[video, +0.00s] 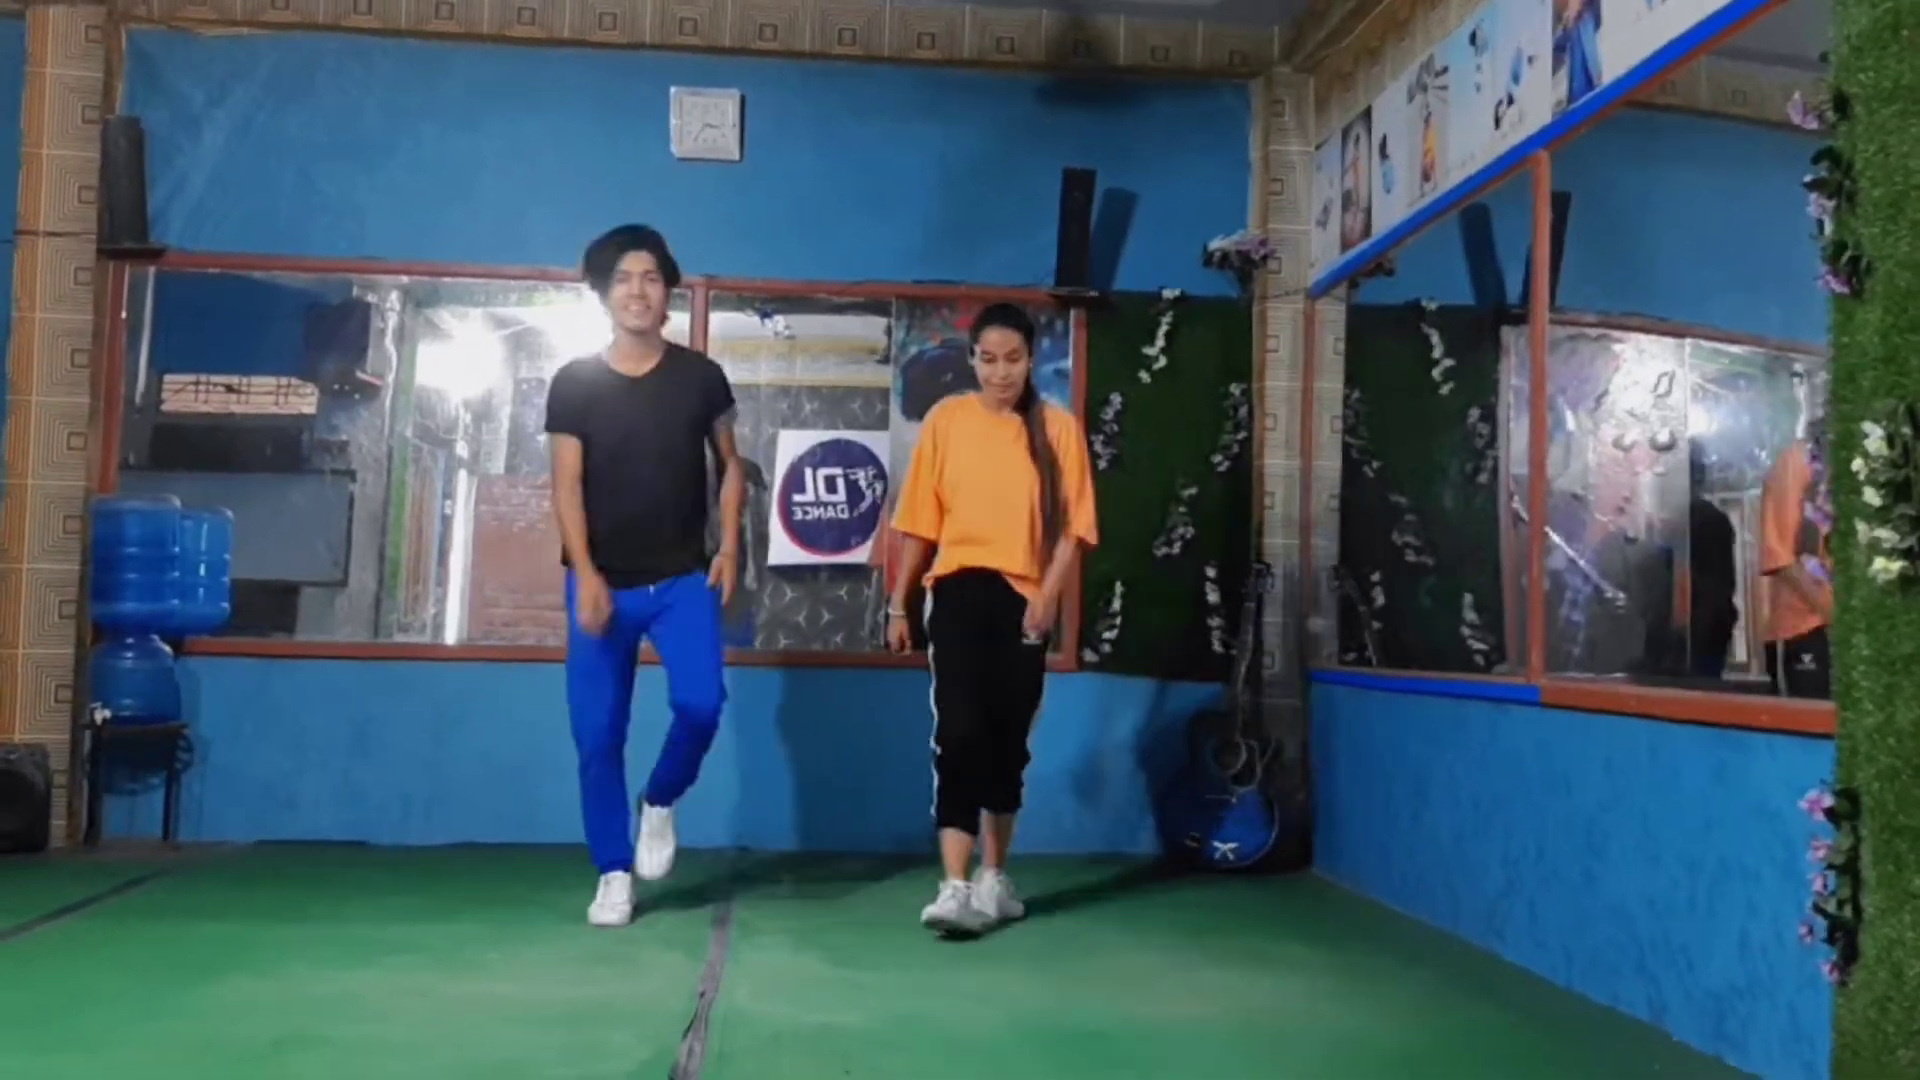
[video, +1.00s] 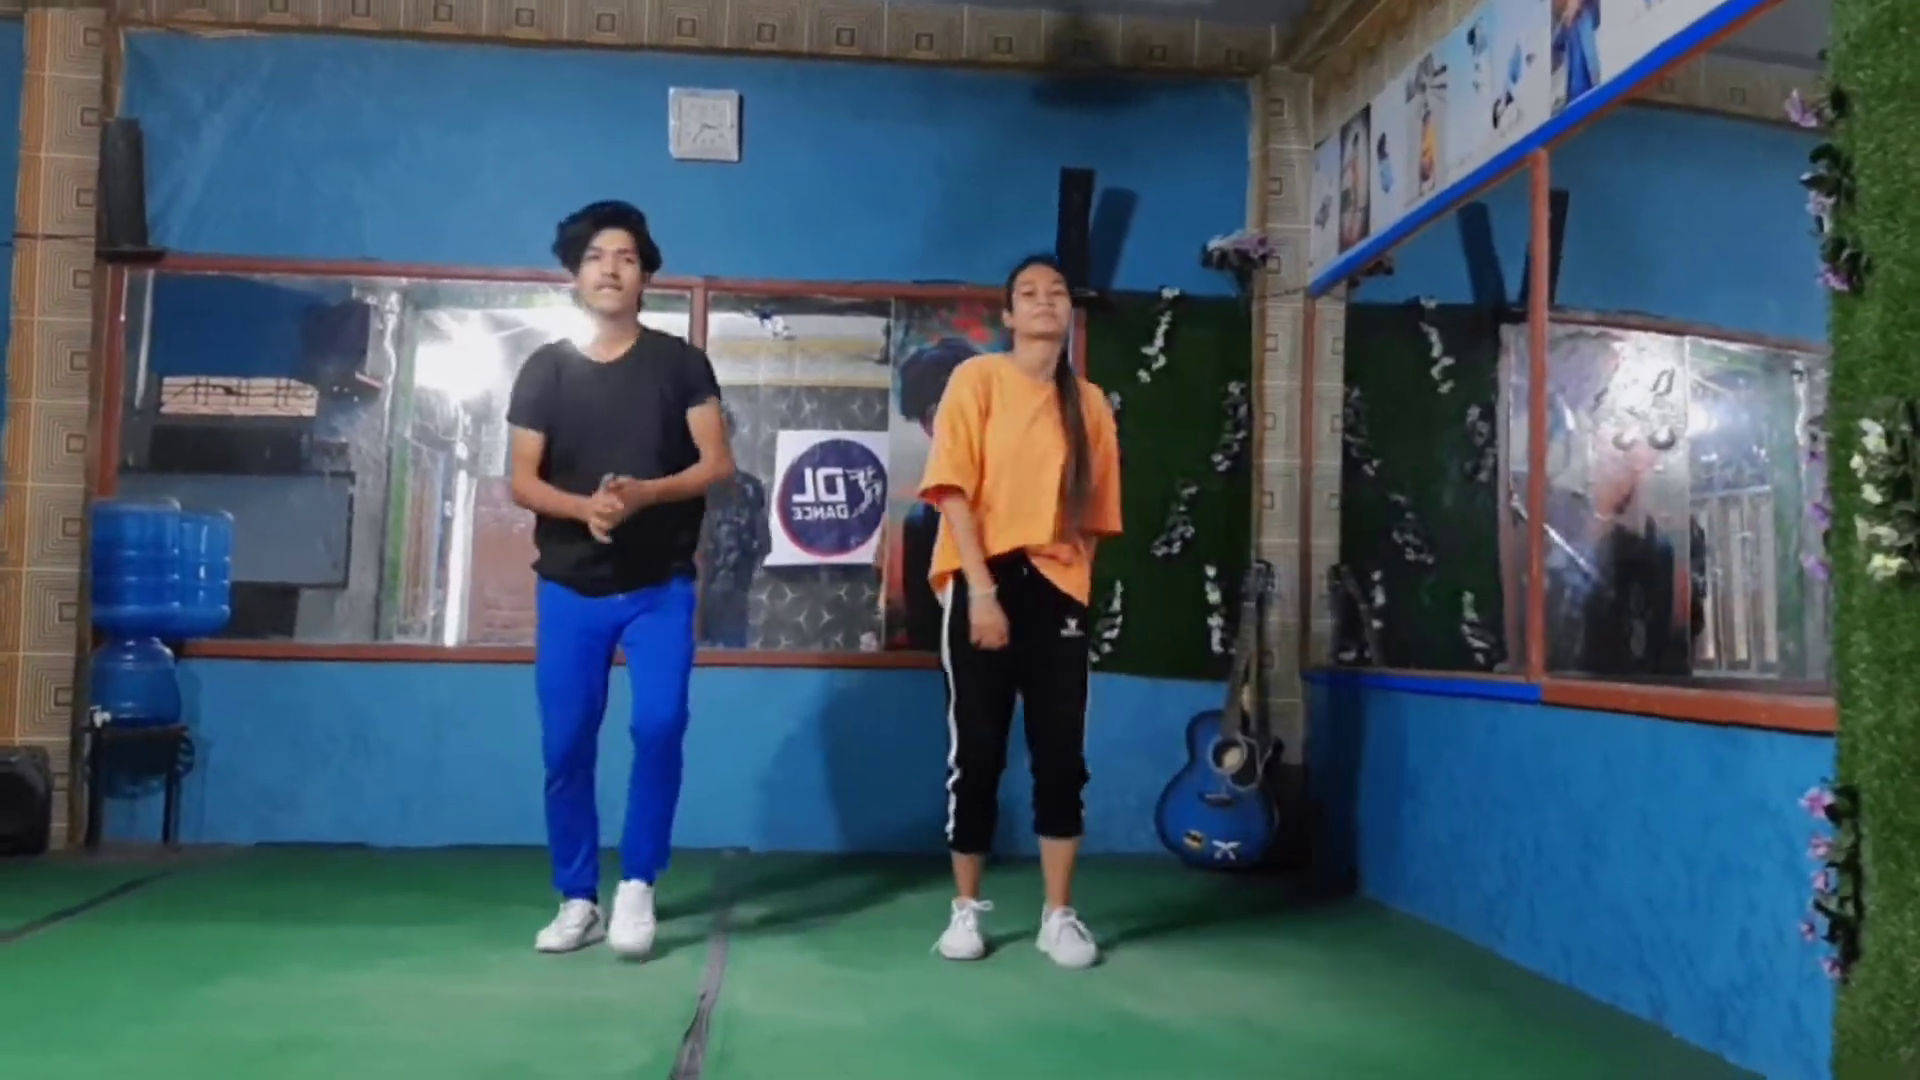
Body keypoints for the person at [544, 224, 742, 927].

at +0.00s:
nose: (640, 292)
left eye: (651, 279)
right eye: (625, 280)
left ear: (669, 292)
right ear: (603, 295)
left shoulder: (701, 376)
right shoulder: (576, 382)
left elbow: (732, 467)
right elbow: (566, 486)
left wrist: (728, 547)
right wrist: (585, 574)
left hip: (684, 581)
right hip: (601, 583)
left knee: (702, 706)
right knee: (597, 735)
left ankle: (658, 803)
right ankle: (613, 870)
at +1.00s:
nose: (612, 270)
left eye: (626, 258)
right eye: (597, 258)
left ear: (645, 275)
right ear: (573, 276)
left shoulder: (681, 363)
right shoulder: (546, 369)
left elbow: (718, 465)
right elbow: (523, 482)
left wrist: (646, 492)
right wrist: (583, 507)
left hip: (661, 589)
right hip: (570, 591)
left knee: (659, 729)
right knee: (564, 745)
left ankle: (637, 887)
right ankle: (577, 899)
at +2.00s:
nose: (636, 287)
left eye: (650, 274)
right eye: (622, 274)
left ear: (672, 288)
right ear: (600, 288)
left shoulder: (708, 376)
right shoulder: (581, 376)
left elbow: (763, 469)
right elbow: (512, 458)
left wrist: (817, 393)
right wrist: (434, 414)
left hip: (667, 603)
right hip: (582, 599)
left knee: (677, 751)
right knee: (502, 721)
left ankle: (703, 898)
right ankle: (502, 897)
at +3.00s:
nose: (622, 299)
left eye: (634, 285)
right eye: (607, 288)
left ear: (657, 300)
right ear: (588, 303)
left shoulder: (687, 396)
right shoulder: (554, 375)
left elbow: (707, 502)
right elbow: (496, 463)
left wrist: (729, 442)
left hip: (638, 612)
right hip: (542, 603)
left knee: (658, 757)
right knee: (475, 731)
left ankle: (622, 899)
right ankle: (515, 885)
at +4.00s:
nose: (621, 349)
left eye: (631, 333)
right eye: (607, 337)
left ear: (645, 325)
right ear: (579, 334)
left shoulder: (680, 400)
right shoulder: (548, 412)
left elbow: (664, 512)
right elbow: (571, 515)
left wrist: (559, 549)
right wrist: (580, 606)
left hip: (674, 617)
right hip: (582, 617)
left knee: (732, 759)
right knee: (550, 769)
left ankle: (806, 888)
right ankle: (565, 905)